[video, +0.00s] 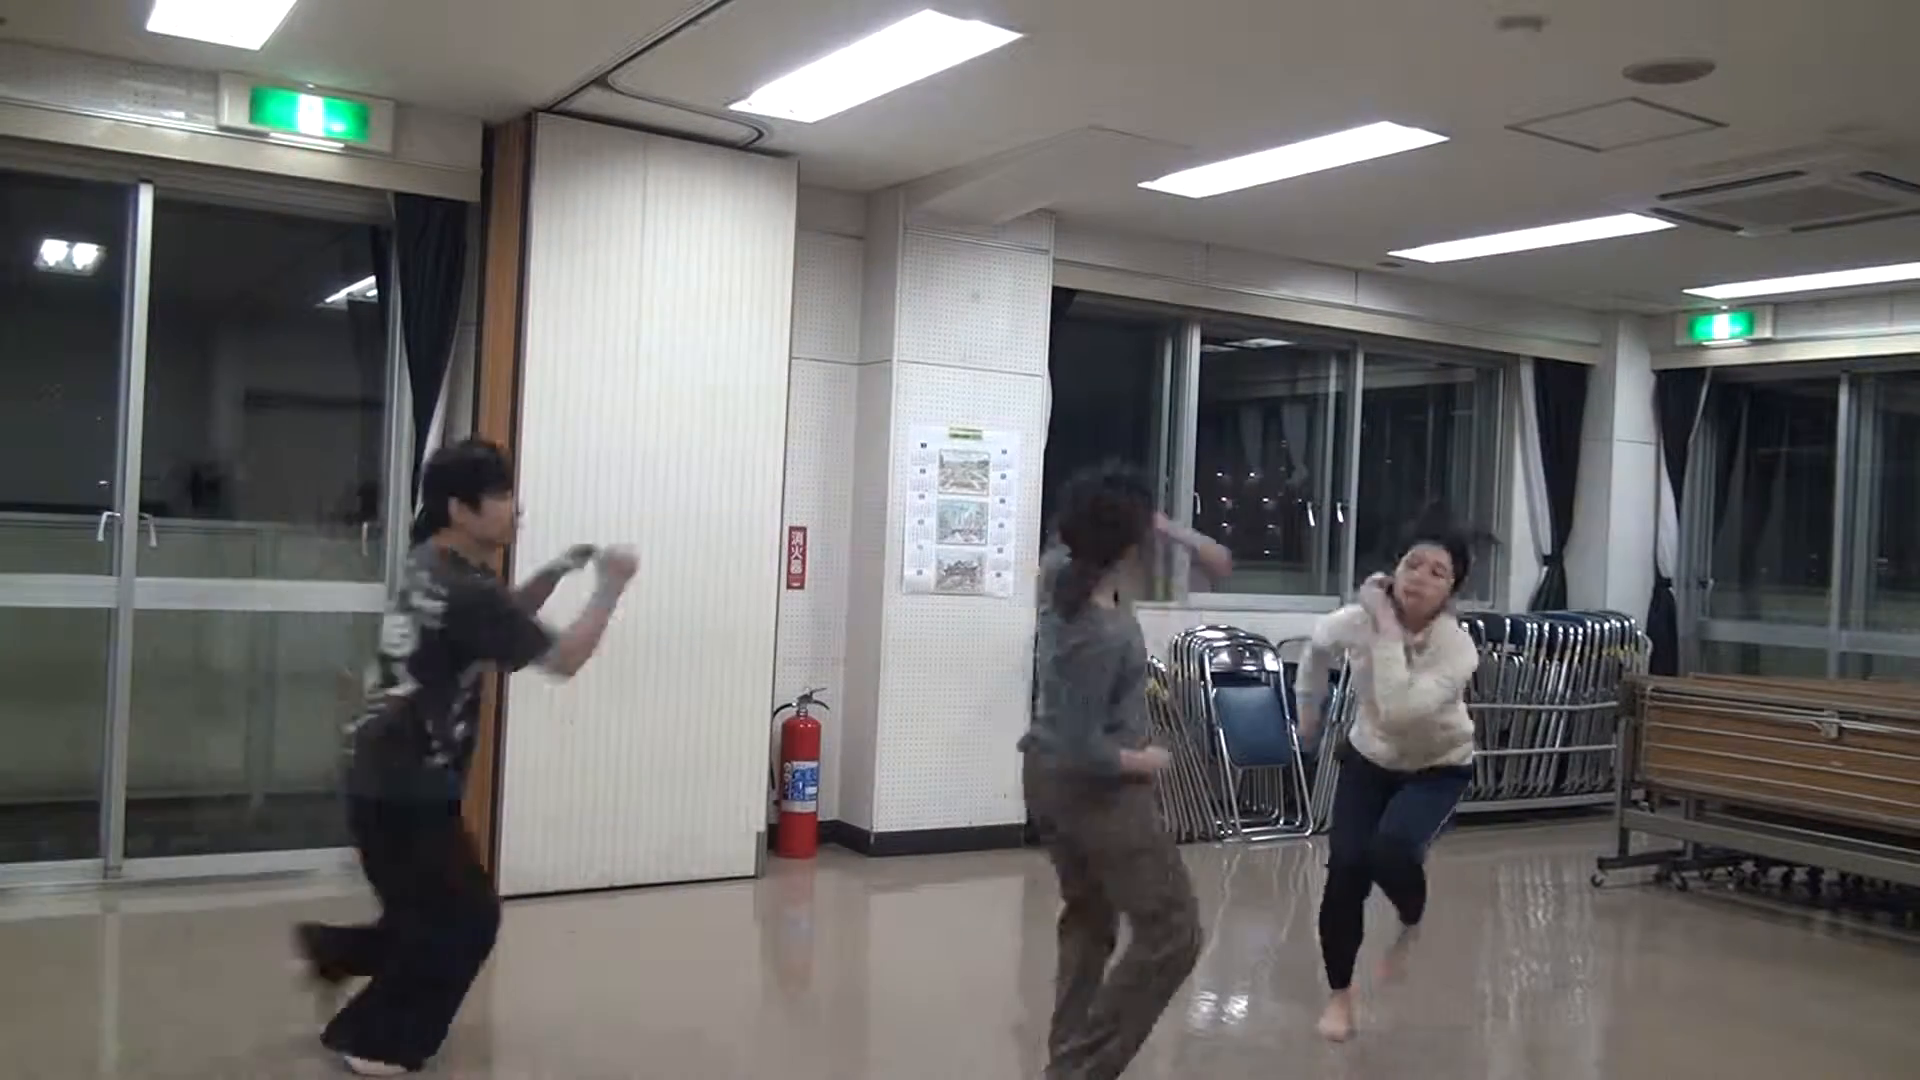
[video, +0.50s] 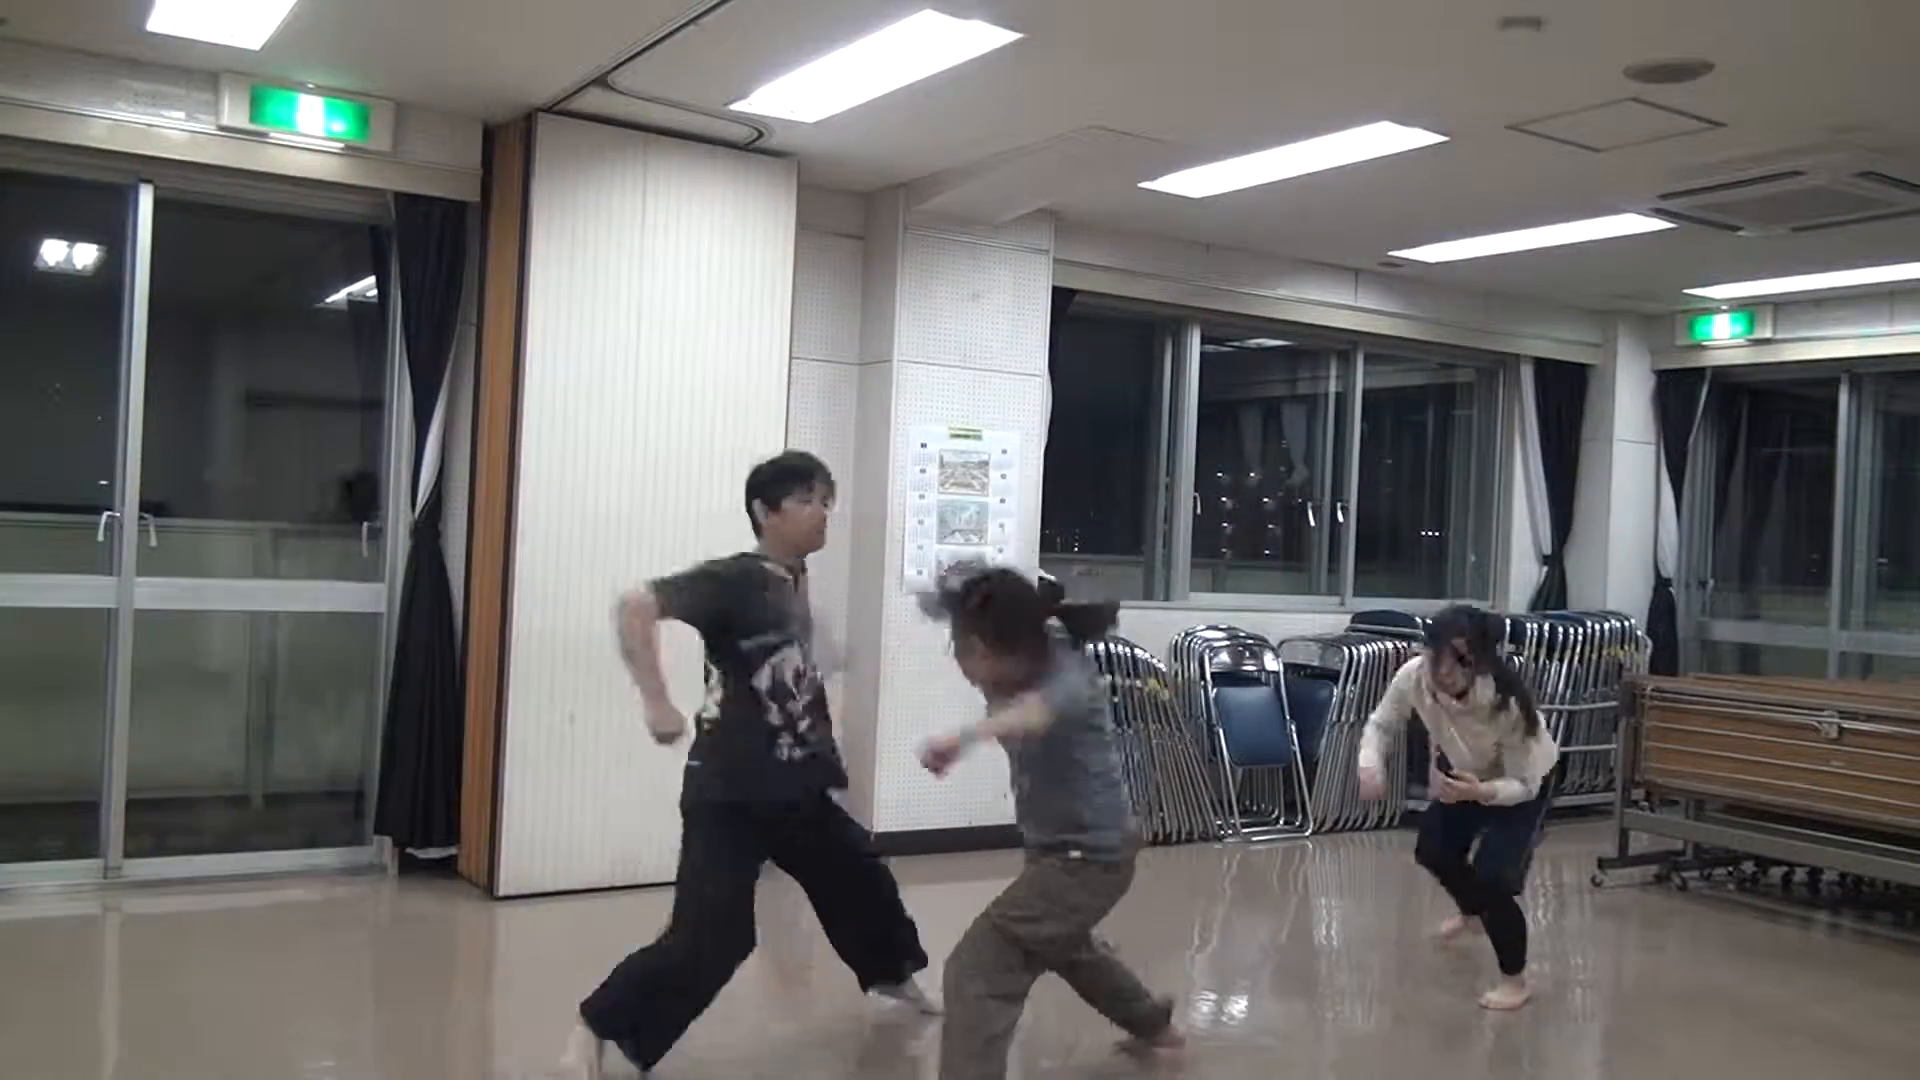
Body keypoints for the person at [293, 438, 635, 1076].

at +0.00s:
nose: (515, 509)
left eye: (512, 496)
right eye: (502, 498)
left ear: (456, 511)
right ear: (460, 510)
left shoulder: (423, 571)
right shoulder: (464, 589)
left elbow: (500, 626)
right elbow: (564, 659)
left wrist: (553, 574)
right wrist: (609, 591)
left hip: (384, 776)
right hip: (410, 788)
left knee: (438, 914)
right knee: (469, 920)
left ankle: (333, 950)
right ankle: (373, 1046)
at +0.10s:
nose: (592, 502)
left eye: (589, 491)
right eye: (580, 494)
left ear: (537, 504)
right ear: (539, 504)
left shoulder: (518, 557)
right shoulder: (577, 563)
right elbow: (674, 575)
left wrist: (597, 543)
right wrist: (662, 514)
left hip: (514, 764)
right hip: (518, 772)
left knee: (640, 854)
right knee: (544, 935)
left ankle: (586, 964)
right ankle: (403, 1018)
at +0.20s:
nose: (672, 519)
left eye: (666, 506)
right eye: (659, 510)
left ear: (617, 526)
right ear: (620, 525)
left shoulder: (569, 595)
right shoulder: (666, 571)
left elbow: (519, 675)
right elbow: (764, 606)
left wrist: (583, 683)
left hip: (625, 787)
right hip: (640, 791)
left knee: (766, 863)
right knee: (619, 951)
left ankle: (807, 983)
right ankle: (468, 1022)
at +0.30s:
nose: (754, 553)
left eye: (750, 541)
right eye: (740, 545)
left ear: (699, 565)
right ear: (702, 561)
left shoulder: (648, 641)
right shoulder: (746, 614)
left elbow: (588, 713)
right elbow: (819, 669)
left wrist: (594, 803)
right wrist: (853, 716)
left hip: (689, 830)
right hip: (738, 828)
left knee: (840, 871)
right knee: (693, 984)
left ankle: (891, 985)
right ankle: (541, 1028)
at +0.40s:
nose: (820, 550)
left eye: (814, 538)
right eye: (806, 541)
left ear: (763, 557)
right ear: (768, 554)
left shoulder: (718, 628)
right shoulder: (781, 610)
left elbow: (648, 693)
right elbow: (767, 653)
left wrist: (636, 780)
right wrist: (803, 748)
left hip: (728, 822)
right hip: (761, 822)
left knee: (880, 877)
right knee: (718, 996)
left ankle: (890, 987)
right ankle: (562, 1017)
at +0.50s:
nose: (828, 513)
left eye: (828, 502)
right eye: (815, 501)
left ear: (793, 515)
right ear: (771, 510)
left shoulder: (794, 585)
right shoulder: (733, 579)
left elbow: (784, 661)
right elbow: (637, 607)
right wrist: (659, 704)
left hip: (796, 787)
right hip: (730, 789)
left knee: (860, 877)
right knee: (714, 932)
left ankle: (891, 977)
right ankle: (602, 1026)